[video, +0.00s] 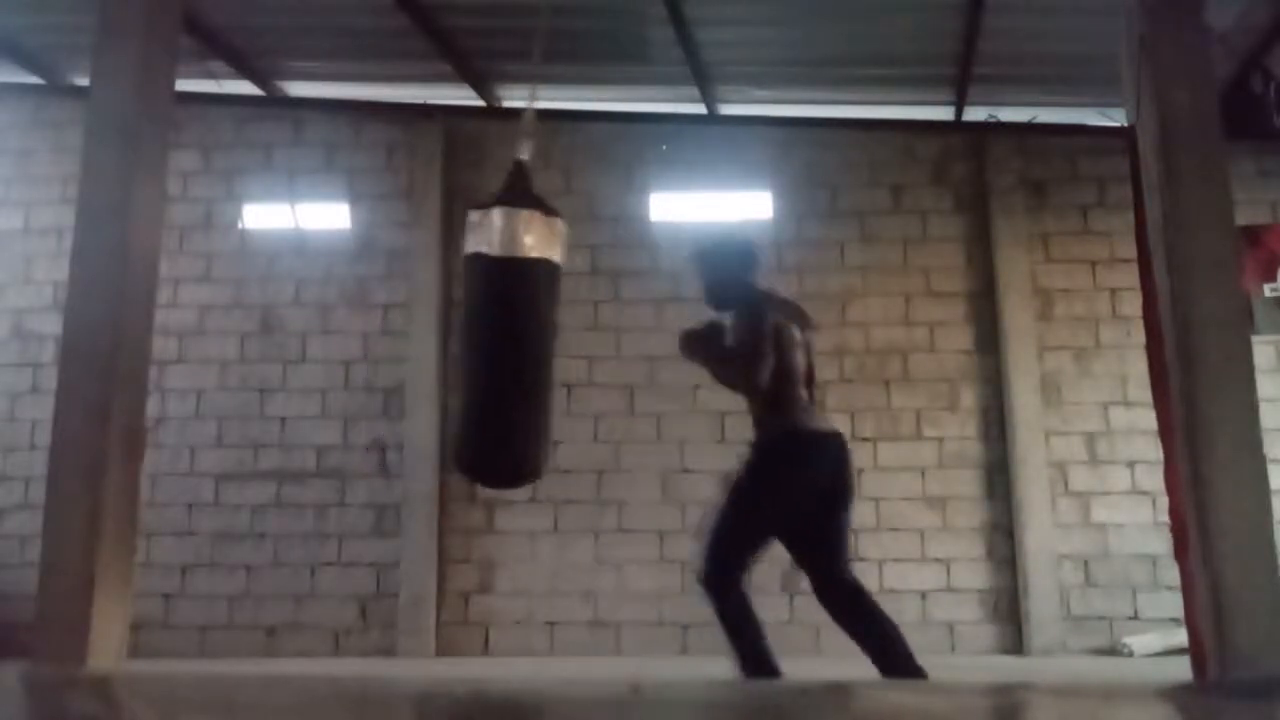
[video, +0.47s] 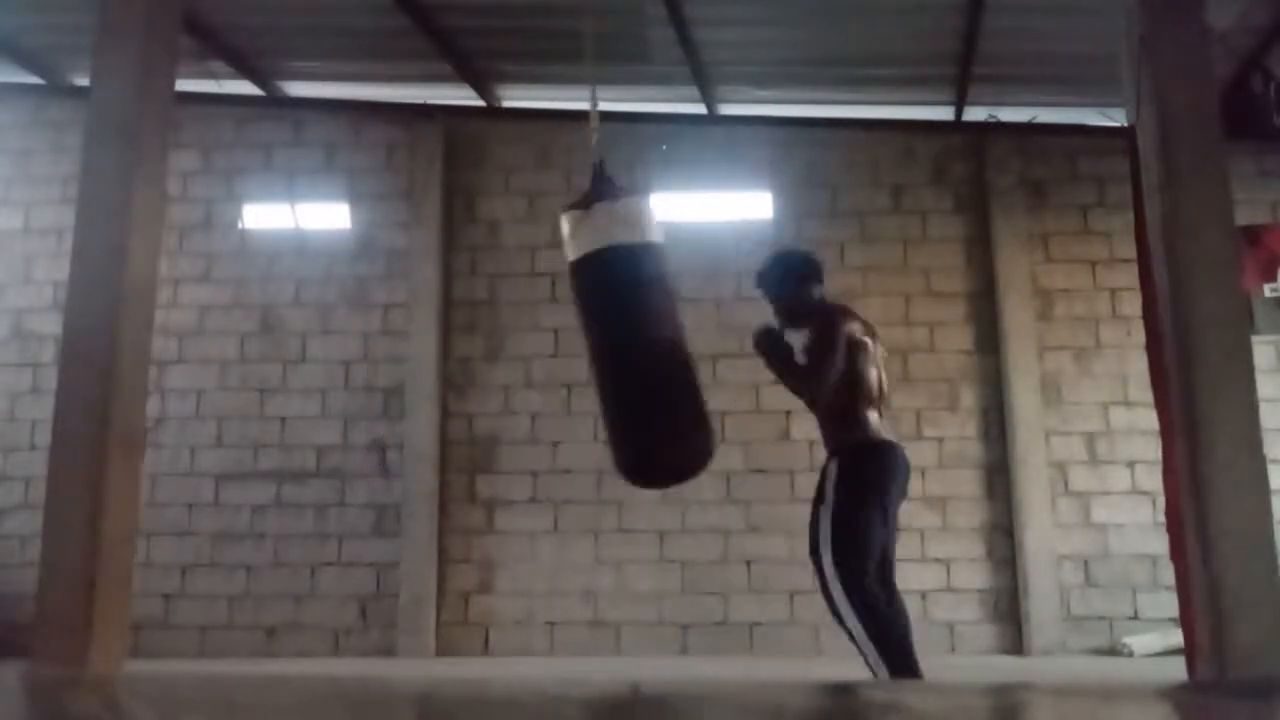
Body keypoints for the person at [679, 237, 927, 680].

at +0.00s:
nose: (701, 287)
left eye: (706, 275)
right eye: (700, 276)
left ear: (728, 274)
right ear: (747, 272)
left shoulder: (755, 315)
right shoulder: (787, 317)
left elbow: (754, 380)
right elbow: (798, 385)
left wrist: (707, 354)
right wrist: (726, 343)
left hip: (786, 456)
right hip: (825, 453)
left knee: (719, 573)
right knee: (833, 581)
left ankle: (766, 687)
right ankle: (911, 682)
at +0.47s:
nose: (774, 311)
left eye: (775, 298)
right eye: (771, 301)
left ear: (797, 290)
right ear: (815, 288)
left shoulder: (832, 320)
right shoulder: (860, 327)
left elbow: (815, 393)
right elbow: (876, 396)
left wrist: (775, 355)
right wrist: (795, 358)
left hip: (857, 462)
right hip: (886, 459)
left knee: (840, 576)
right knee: (878, 579)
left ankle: (898, 684)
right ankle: (909, 685)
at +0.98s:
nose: (806, 318)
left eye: (810, 308)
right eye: (803, 309)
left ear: (834, 308)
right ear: (825, 310)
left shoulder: (869, 340)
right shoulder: (845, 356)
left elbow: (882, 396)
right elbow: (829, 424)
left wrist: (823, 356)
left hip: (892, 472)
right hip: (907, 472)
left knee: (847, 579)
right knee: (884, 585)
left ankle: (918, 669)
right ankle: (933, 670)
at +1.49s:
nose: (765, 318)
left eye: (771, 307)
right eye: (762, 308)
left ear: (795, 306)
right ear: (776, 309)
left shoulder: (831, 341)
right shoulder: (787, 361)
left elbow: (845, 390)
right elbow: (781, 426)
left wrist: (791, 368)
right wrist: (759, 386)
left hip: (863, 469)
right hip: (854, 472)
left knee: (817, 572)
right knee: (878, 584)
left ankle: (808, 685)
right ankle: (955, 674)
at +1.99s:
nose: (716, 303)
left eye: (724, 293)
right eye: (716, 293)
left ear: (746, 296)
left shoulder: (787, 332)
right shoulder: (741, 348)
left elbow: (792, 397)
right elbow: (735, 416)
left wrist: (739, 359)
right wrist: (706, 366)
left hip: (809, 462)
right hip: (816, 464)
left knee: (752, 568)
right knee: (831, 585)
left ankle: (751, 686)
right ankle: (909, 675)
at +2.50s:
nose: (647, 318)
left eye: (653, 308)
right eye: (647, 308)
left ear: (671, 308)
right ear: (694, 309)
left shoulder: (683, 341)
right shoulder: (731, 344)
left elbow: (630, 351)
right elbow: (720, 424)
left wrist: (572, 350)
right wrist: (660, 408)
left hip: (725, 462)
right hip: (769, 462)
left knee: (655, 560)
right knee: (773, 579)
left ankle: (615, 671)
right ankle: (832, 675)